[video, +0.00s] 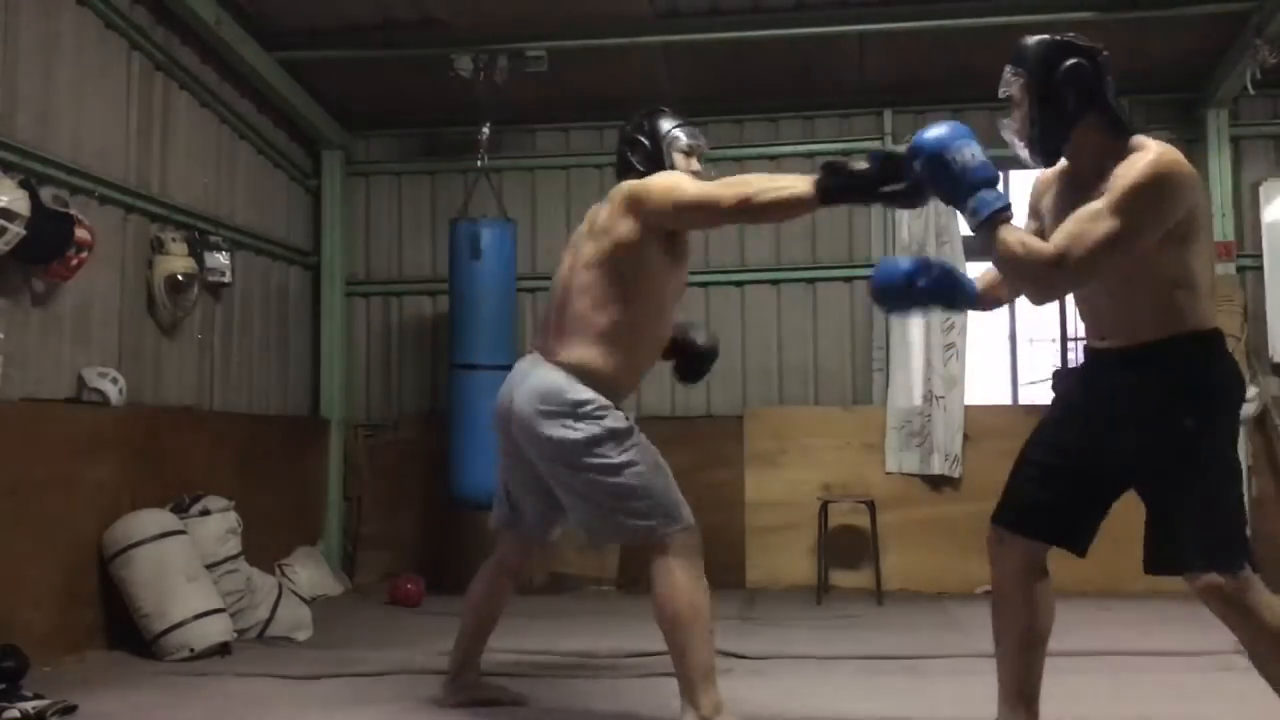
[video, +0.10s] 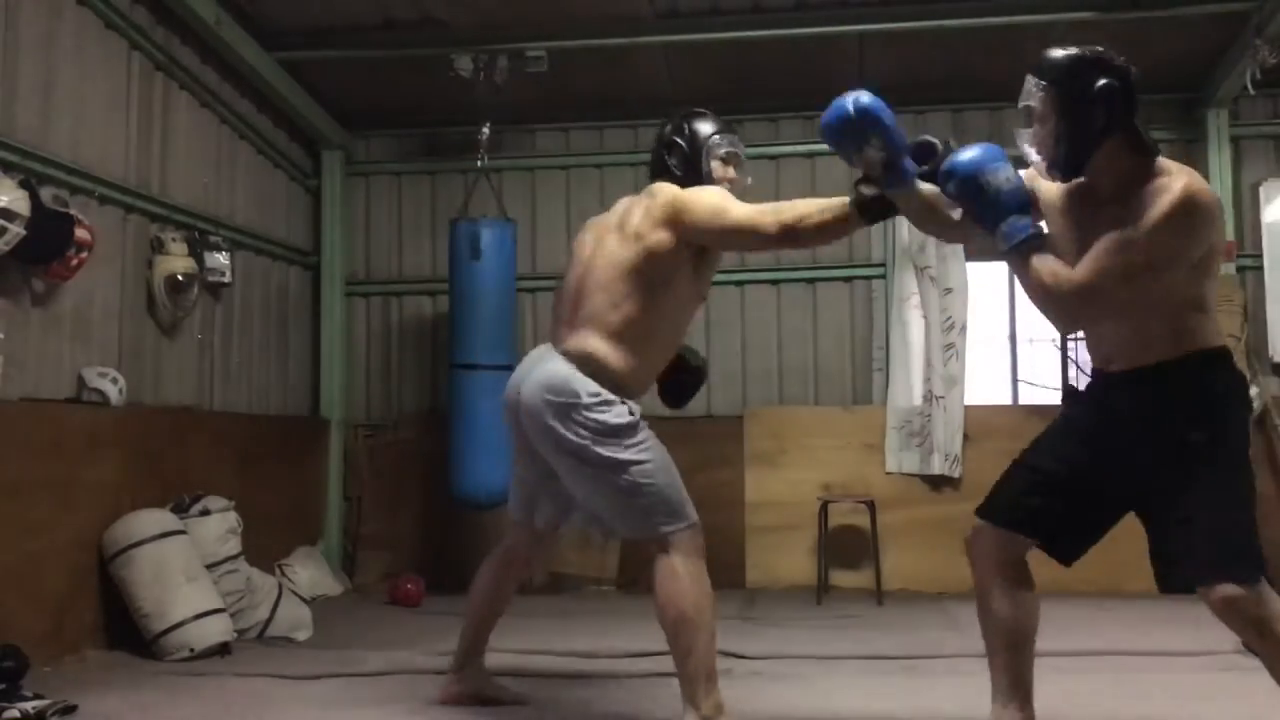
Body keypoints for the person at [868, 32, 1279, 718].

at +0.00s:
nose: (1006, 118)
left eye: (1015, 101)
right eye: (1006, 102)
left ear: (1065, 102)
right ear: (1070, 105)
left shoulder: (1159, 170)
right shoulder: (1050, 185)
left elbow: (1048, 274)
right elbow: (1024, 274)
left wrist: (980, 201)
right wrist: (963, 291)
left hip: (1188, 381)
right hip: (1101, 382)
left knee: (1216, 574)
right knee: (1013, 543)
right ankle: (1017, 713)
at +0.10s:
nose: (1026, 132)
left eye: (1037, 115)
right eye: (1025, 117)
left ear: (1094, 115)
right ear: (1082, 118)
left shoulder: (1182, 198)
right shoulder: (1053, 198)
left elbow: (1064, 304)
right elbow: (951, 223)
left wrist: (1010, 219)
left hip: (1195, 402)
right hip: (1107, 406)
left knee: (1230, 593)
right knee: (993, 540)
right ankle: (1013, 710)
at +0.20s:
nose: (1035, 156)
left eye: (1045, 138)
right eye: (1033, 141)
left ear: (1100, 135)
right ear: (1100, 138)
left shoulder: (1201, 211)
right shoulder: (1058, 212)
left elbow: (1106, 326)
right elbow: (963, 259)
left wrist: (1037, 250)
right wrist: (896, 218)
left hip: (1195, 415)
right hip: (1101, 412)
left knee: (1235, 599)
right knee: (971, 536)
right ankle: (1001, 708)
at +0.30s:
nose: (1034, 142)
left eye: (1044, 124)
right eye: (1033, 126)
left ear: (1097, 122)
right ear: (1086, 126)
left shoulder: (1197, 204)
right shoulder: (1059, 207)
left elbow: (1094, 310)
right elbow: (1007, 293)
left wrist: (1027, 245)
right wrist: (933, 301)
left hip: (1185, 410)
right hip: (1090, 409)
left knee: (1226, 588)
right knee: (982, 552)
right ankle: (1009, 714)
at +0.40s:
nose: (1044, 118)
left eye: (1057, 102)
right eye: (1043, 103)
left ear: (1113, 103)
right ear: (1111, 106)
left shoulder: (1201, 189)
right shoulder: (1074, 191)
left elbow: (1073, 276)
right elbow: (1061, 296)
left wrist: (1008, 197)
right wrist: (1009, 352)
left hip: (1198, 401)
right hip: (1101, 400)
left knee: (1236, 582)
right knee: (998, 545)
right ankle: (1010, 714)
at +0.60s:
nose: (1078, 94)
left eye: (1089, 75)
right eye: (1077, 77)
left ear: (1150, 77)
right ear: (1147, 81)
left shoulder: (1241, 168)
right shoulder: (1117, 172)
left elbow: (1133, 284)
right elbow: (1127, 295)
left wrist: (1063, 217)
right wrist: (1084, 359)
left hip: (1230, 398)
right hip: (1135, 395)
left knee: (1266, 601)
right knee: (1034, 553)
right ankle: (1017, 713)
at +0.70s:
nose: (1077, 90)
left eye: (1089, 70)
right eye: (1076, 73)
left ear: (1152, 69)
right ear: (1145, 74)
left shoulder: (1244, 159)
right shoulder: (1113, 171)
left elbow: (1198, 297)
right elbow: (1126, 290)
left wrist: (1094, 240)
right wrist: (1073, 345)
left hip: (1234, 394)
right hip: (1140, 393)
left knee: (1261, 599)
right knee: (1044, 549)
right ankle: (1028, 716)